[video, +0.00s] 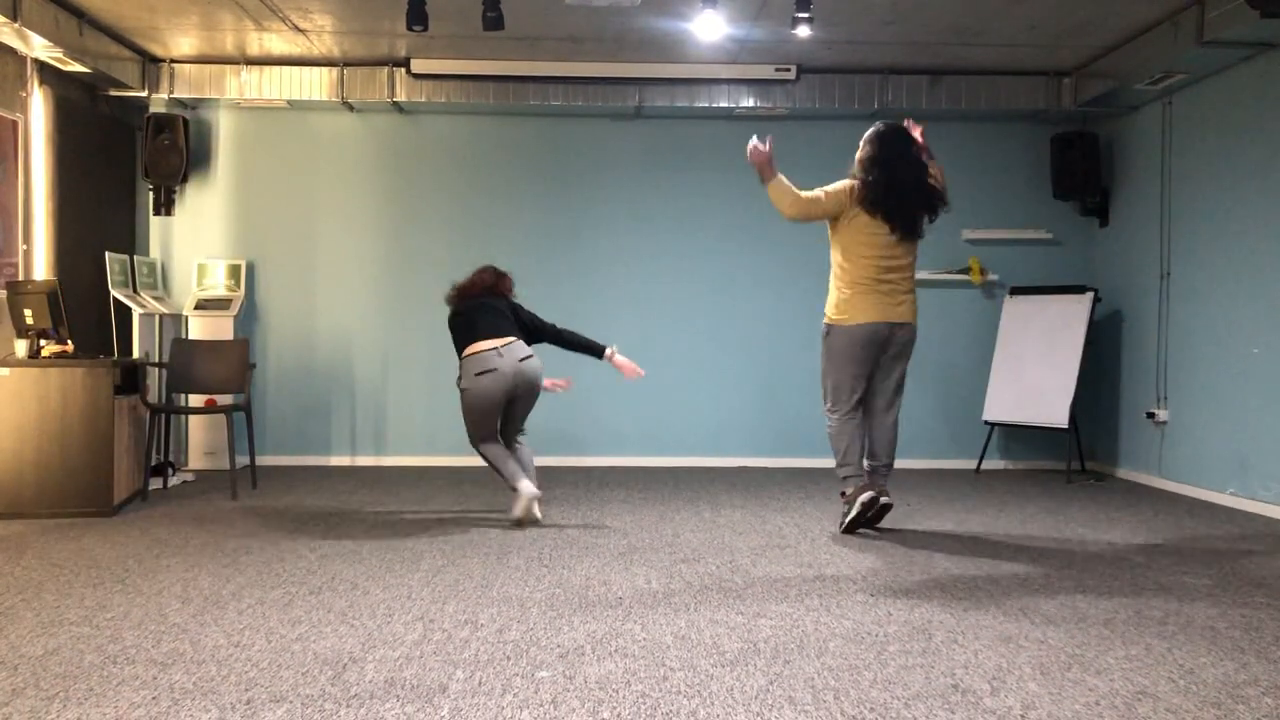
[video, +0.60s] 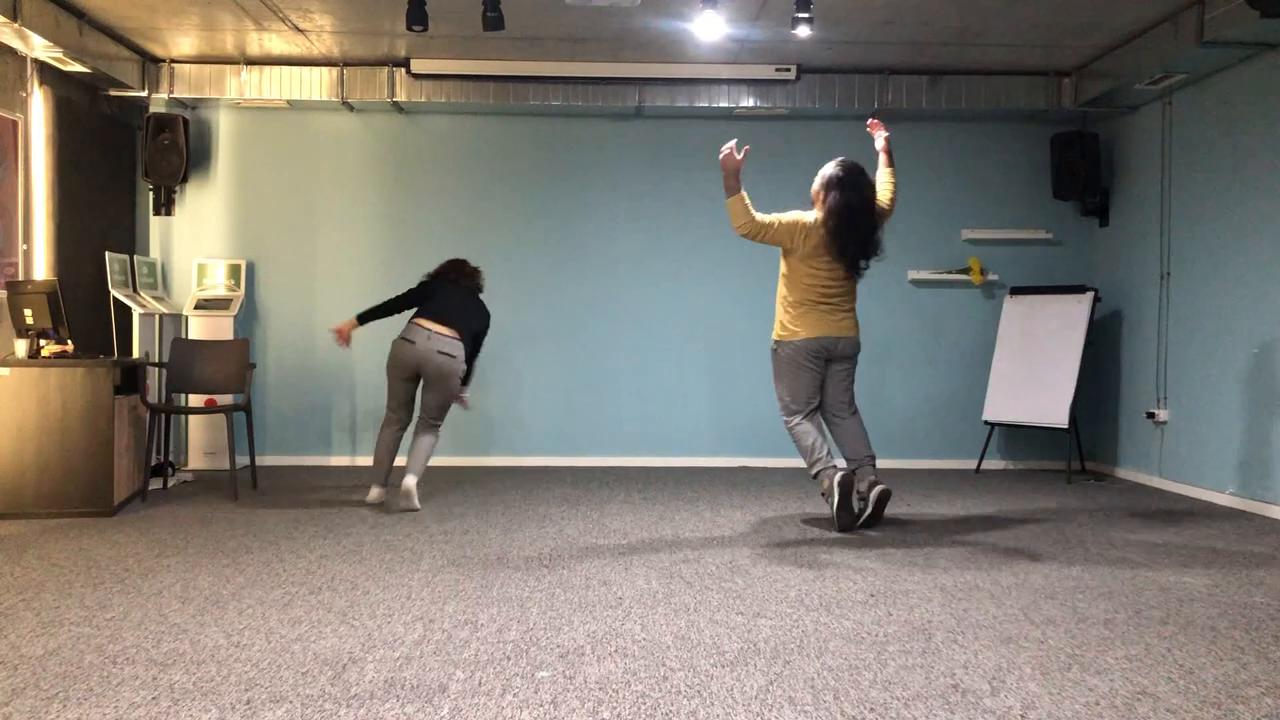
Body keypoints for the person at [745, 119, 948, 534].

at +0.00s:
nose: (856, 152)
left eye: (862, 148)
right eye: (861, 145)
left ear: (872, 158)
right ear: (905, 161)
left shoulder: (849, 194)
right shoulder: (913, 196)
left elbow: (795, 206)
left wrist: (767, 171)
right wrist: (923, 149)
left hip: (852, 320)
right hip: (901, 322)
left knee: (842, 409)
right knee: (885, 406)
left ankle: (856, 490)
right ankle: (877, 489)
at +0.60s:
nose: (812, 187)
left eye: (817, 183)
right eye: (817, 181)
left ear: (824, 194)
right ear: (856, 197)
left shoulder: (799, 226)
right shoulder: (860, 223)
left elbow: (747, 226)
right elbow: (885, 197)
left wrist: (731, 177)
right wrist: (884, 151)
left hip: (799, 337)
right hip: (845, 336)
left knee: (800, 415)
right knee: (842, 410)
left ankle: (832, 480)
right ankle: (869, 482)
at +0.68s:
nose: (799, 188)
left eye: (804, 184)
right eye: (803, 182)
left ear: (814, 196)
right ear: (839, 198)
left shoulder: (789, 227)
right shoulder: (847, 223)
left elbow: (741, 229)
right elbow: (870, 197)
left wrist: (720, 180)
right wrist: (869, 154)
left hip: (792, 343)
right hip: (839, 339)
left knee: (785, 417)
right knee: (843, 414)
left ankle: (823, 472)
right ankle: (874, 488)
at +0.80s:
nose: (762, 193)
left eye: (767, 189)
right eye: (766, 188)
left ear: (778, 203)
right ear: (797, 206)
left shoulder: (765, 232)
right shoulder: (809, 230)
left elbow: (731, 244)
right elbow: (816, 212)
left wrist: (699, 207)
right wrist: (811, 183)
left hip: (779, 346)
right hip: (823, 344)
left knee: (746, 403)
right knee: (826, 413)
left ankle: (771, 472)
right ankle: (865, 481)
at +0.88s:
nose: (737, 212)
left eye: (743, 206)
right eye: (740, 205)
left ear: (760, 212)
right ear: (776, 214)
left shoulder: (751, 238)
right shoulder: (792, 242)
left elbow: (725, 257)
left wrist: (684, 228)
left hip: (766, 355)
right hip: (810, 352)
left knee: (741, 415)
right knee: (810, 422)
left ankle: (733, 485)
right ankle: (854, 471)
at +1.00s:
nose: (708, 244)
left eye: (713, 236)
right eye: (709, 236)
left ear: (731, 236)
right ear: (742, 238)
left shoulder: (729, 260)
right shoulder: (765, 266)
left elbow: (712, 289)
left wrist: (661, 288)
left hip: (751, 365)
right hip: (791, 365)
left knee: (720, 421)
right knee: (766, 420)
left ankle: (730, 488)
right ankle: (807, 465)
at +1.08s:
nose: (699, 248)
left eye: (703, 240)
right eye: (700, 241)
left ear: (722, 236)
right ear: (735, 238)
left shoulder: (722, 256)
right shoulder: (759, 265)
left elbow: (718, 286)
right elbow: (763, 314)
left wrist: (672, 311)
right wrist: (724, 338)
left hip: (750, 361)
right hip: (789, 360)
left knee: (718, 416)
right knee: (754, 415)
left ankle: (728, 486)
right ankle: (793, 478)